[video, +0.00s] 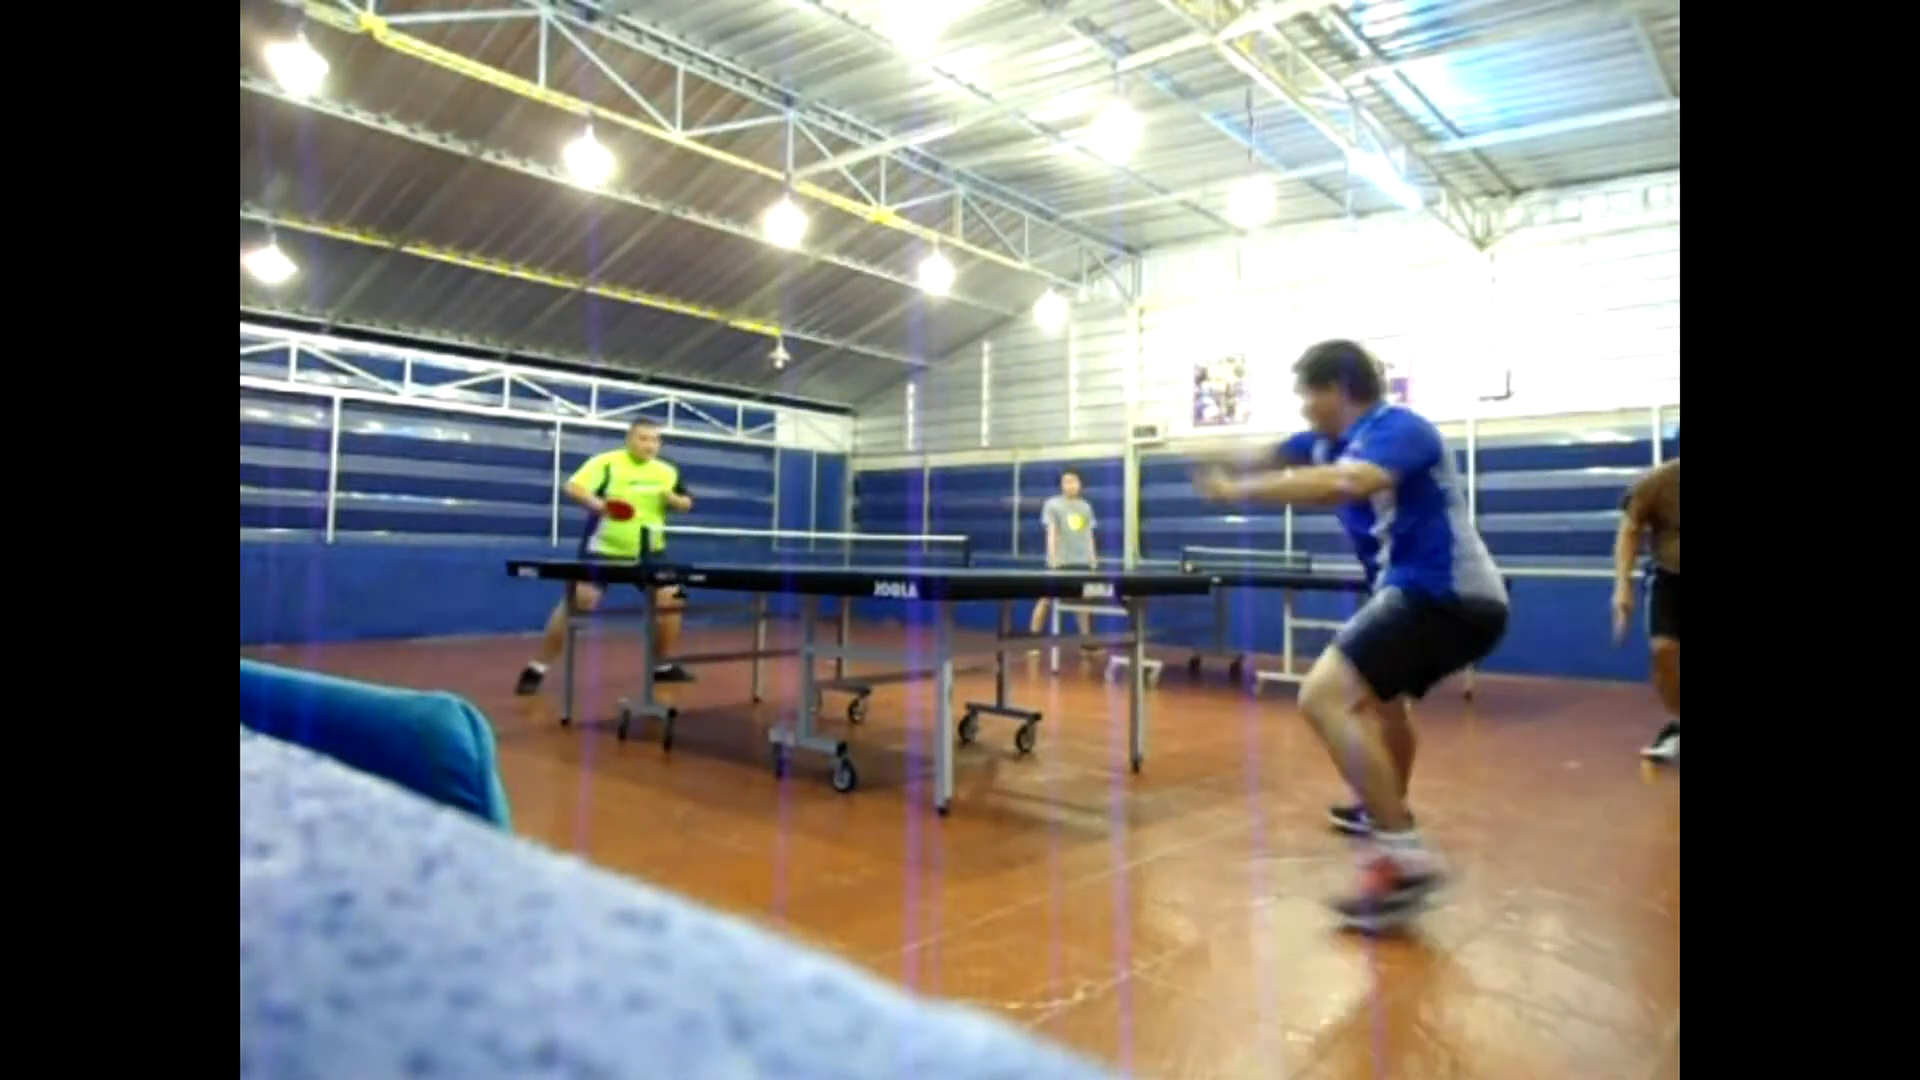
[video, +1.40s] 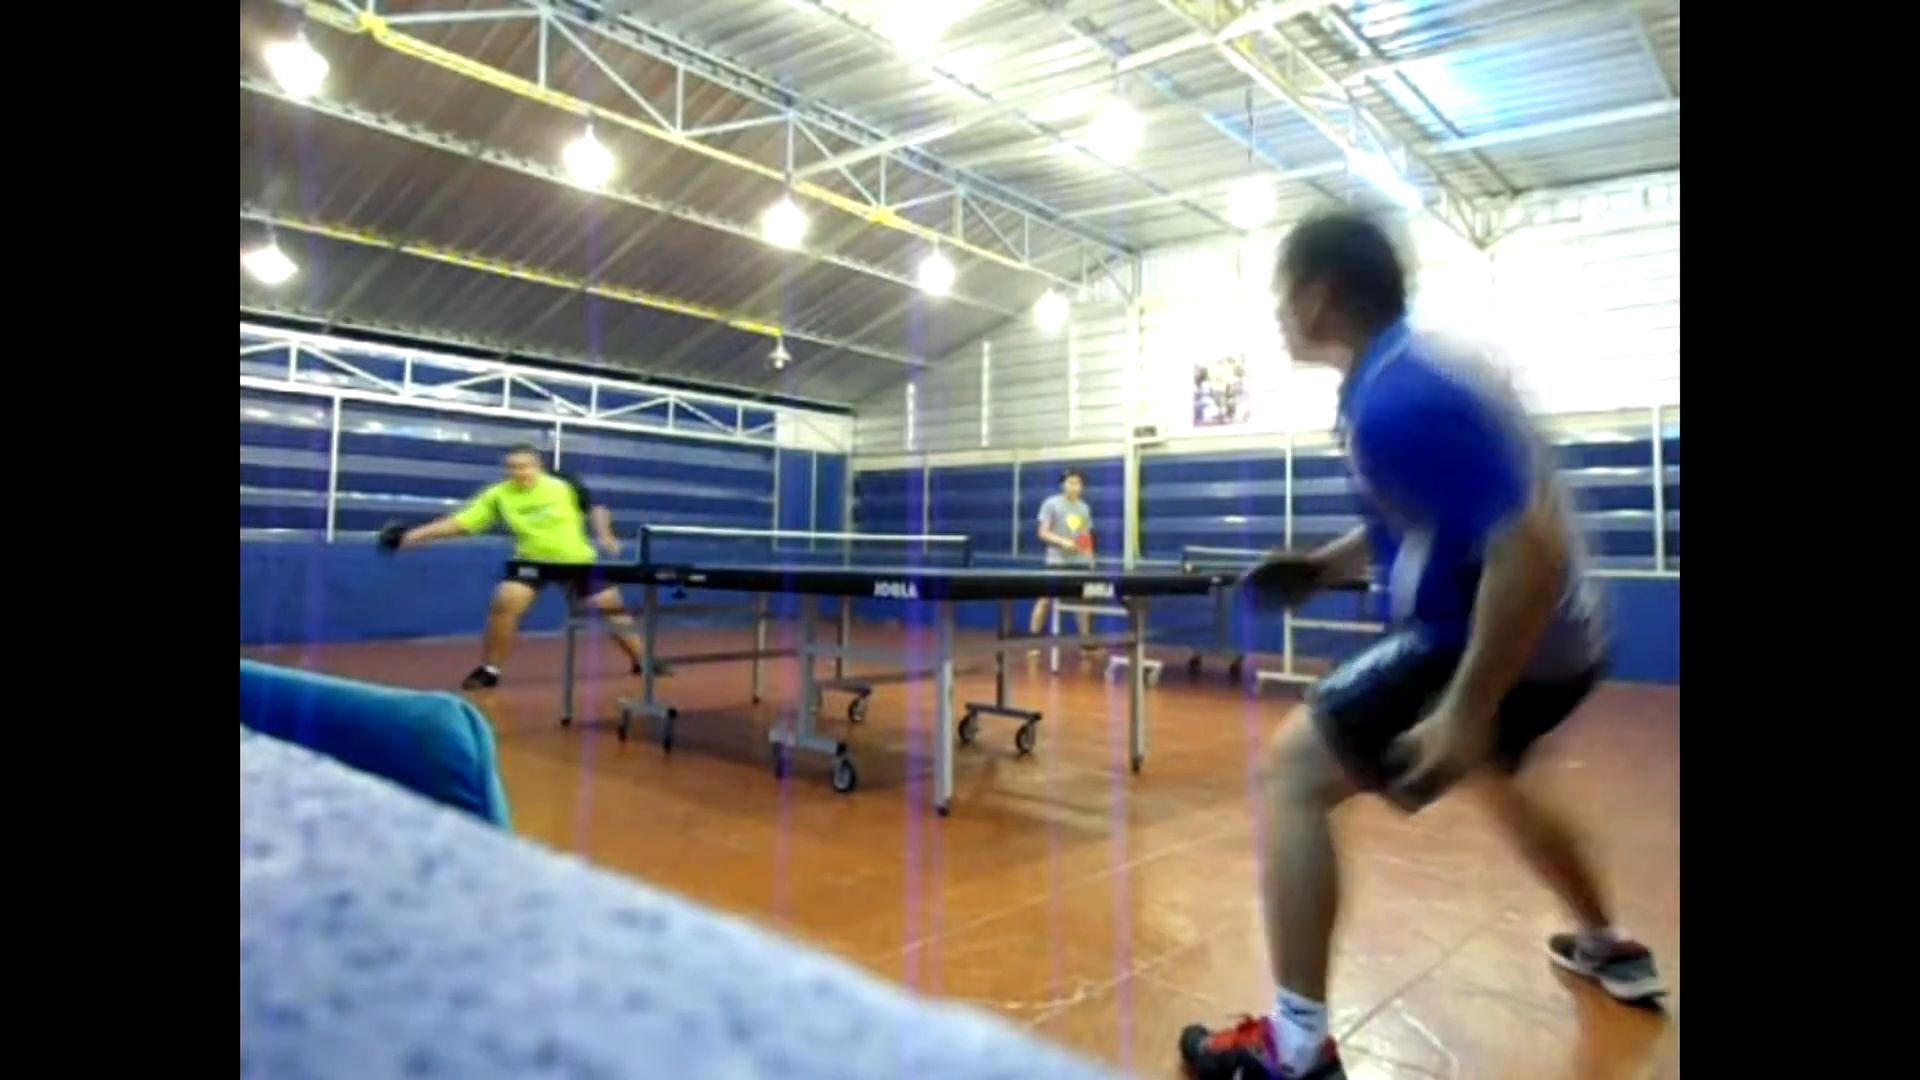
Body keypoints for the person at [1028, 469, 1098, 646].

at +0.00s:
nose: (1070, 486)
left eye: (1073, 481)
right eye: (1067, 482)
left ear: (1080, 484)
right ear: (1061, 485)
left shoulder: (1085, 507)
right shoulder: (1052, 505)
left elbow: (1089, 535)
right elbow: (1051, 532)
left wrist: (1092, 559)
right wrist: (1052, 558)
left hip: (1082, 561)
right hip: (1060, 561)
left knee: (1083, 601)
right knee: (1046, 599)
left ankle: (1086, 637)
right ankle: (1034, 635)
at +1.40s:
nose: (1074, 487)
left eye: (1077, 483)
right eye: (1070, 483)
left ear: (1082, 487)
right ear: (1063, 485)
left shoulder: (1084, 508)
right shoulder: (1051, 504)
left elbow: (1086, 533)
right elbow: (1043, 532)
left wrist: (1089, 554)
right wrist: (1065, 543)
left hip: (1080, 560)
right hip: (1056, 560)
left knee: (1083, 600)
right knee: (1046, 598)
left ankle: (1085, 638)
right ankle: (1034, 635)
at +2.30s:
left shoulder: (1078, 516)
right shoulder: (1053, 516)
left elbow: (1075, 535)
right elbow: (1067, 539)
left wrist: (1076, 549)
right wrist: (1098, 537)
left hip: (1067, 560)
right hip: (1045, 561)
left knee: (1077, 601)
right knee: (1041, 599)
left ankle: (1083, 639)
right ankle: (1031, 637)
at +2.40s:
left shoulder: (1082, 507)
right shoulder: (1057, 507)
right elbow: (1072, 531)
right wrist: (1093, 524)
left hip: (1072, 559)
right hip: (1049, 559)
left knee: (1078, 602)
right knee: (1042, 599)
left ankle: (1083, 640)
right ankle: (1031, 637)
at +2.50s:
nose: (1090, 490)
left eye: (1092, 486)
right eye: (1087, 485)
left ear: (1093, 489)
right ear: (1077, 487)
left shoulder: (1085, 507)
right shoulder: (1064, 504)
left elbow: (1080, 531)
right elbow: (1067, 526)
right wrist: (1086, 520)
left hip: (1074, 559)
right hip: (1053, 558)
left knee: (1079, 601)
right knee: (1043, 597)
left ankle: (1083, 639)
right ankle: (1032, 636)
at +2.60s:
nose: (1091, 491)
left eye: (1093, 487)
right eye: (1087, 486)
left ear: (1095, 491)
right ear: (1078, 488)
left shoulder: (1088, 509)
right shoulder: (1064, 504)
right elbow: (1061, 528)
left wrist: (1092, 522)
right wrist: (1079, 523)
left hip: (1076, 560)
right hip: (1053, 558)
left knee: (1081, 601)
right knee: (1044, 597)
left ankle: (1084, 637)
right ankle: (1032, 635)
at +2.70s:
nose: (1090, 492)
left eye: (1092, 487)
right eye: (1086, 487)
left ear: (1094, 491)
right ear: (1077, 489)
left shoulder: (1087, 510)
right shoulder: (1063, 505)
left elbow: (1084, 530)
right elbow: (1056, 531)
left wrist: (1090, 530)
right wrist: (1076, 530)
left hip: (1075, 561)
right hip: (1052, 559)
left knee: (1082, 600)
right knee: (1044, 597)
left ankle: (1084, 636)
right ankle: (1033, 634)